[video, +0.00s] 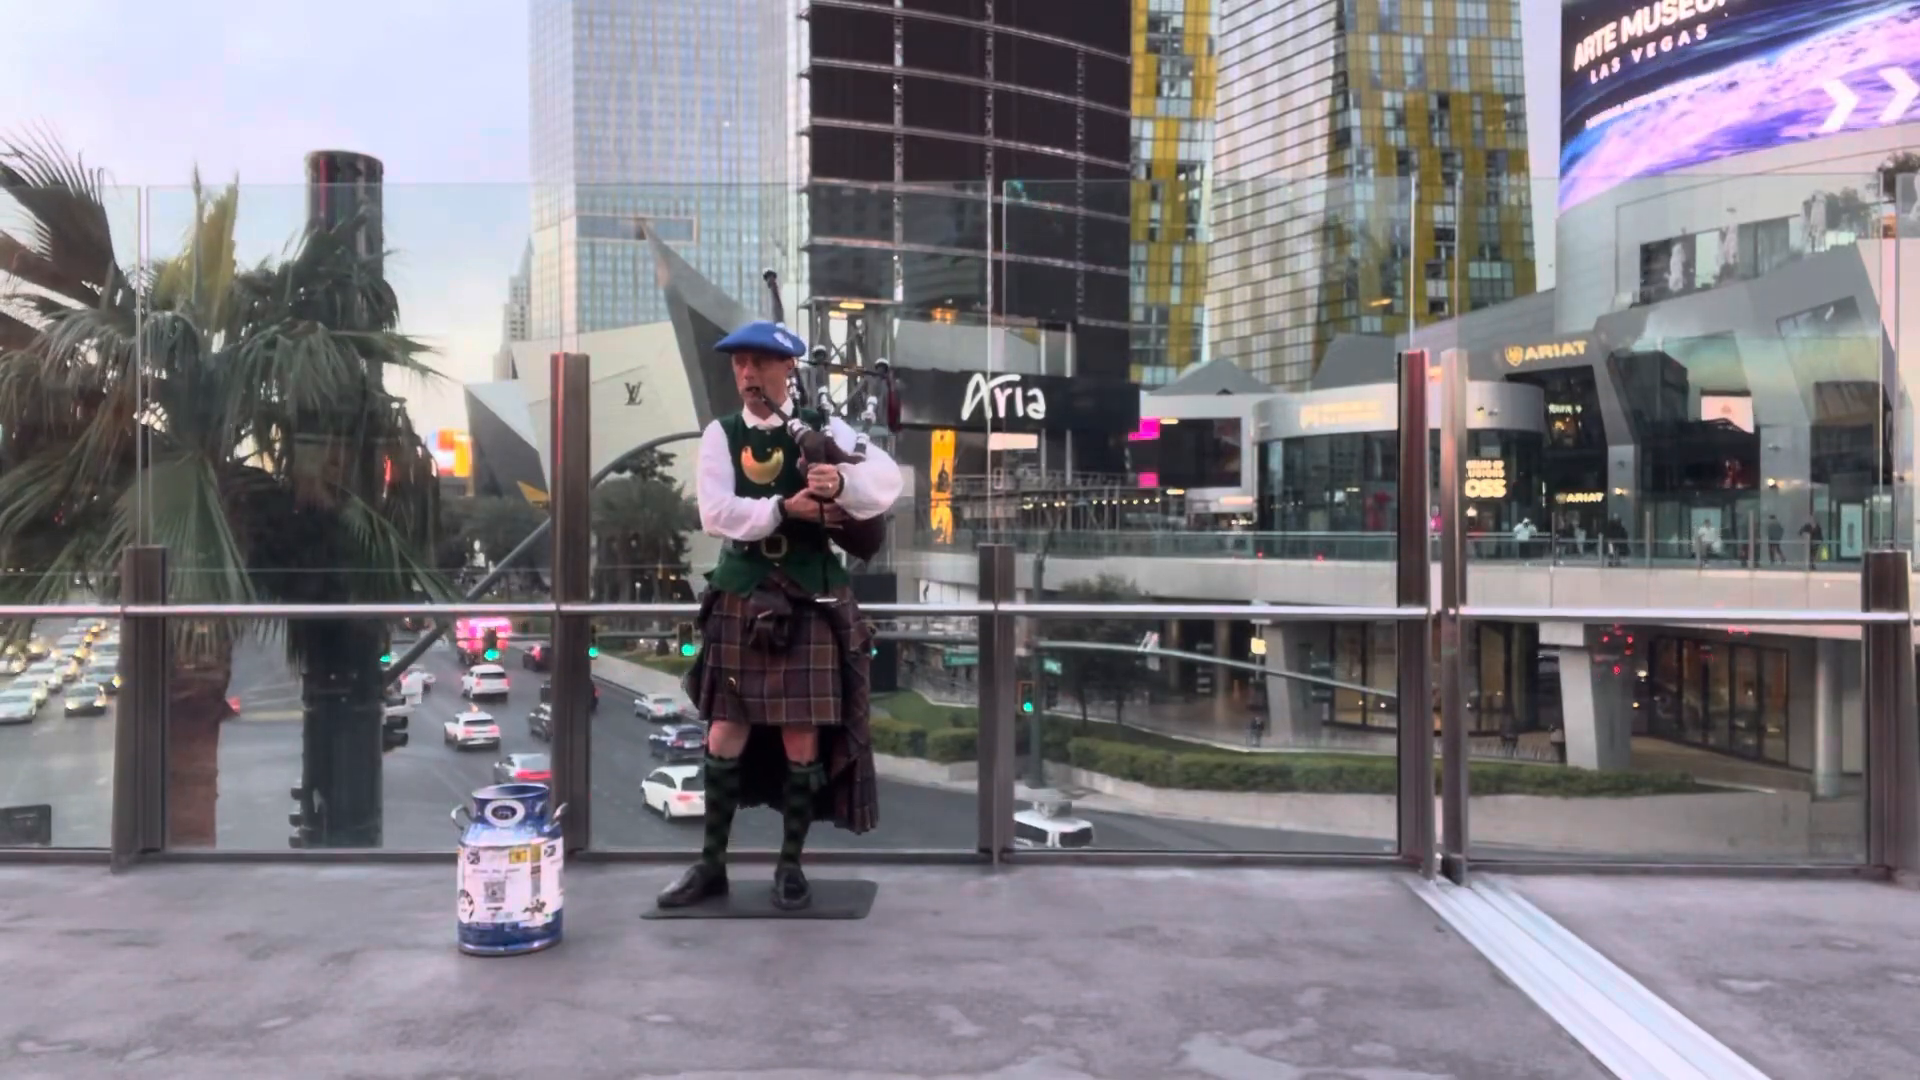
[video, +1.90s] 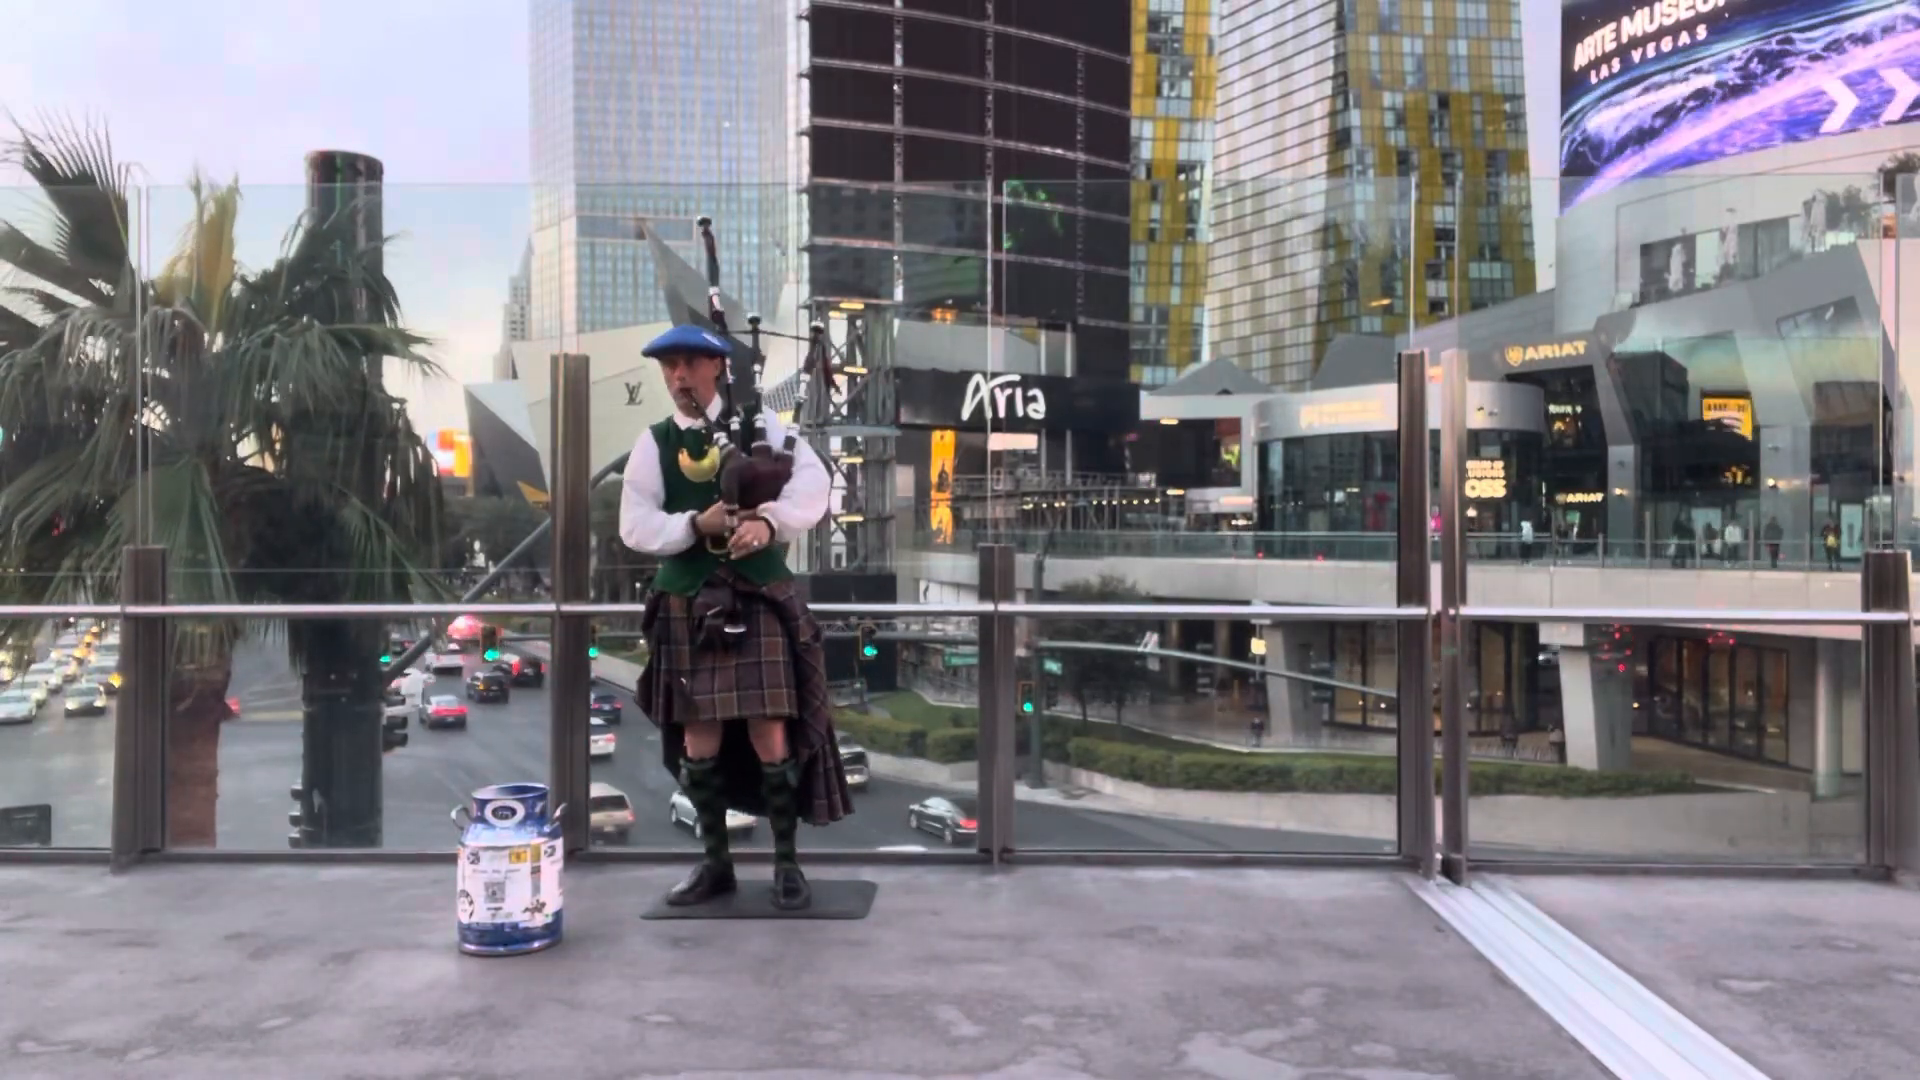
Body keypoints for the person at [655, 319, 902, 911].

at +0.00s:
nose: (746, 372)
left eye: (759, 361)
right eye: (740, 362)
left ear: (789, 367)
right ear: (732, 370)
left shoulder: (824, 429)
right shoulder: (721, 433)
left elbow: (890, 480)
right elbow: (715, 511)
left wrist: (842, 482)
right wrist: (784, 509)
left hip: (810, 595)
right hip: (741, 593)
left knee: (800, 731)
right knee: (725, 730)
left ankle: (790, 864)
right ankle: (712, 865)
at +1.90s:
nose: (678, 374)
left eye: (690, 362)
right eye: (669, 363)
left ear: (717, 366)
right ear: (662, 371)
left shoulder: (763, 428)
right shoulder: (654, 443)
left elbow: (816, 484)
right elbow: (634, 527)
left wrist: (770, 520)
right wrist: (695, 524)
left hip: (760, 592)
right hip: (687, 597)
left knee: (769, 729)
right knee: (699, 732)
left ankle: (786, 864)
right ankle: (715, 864)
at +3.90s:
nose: (739, 374)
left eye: (752, 362)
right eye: (730, 363)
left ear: (776, 371)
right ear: (716, 371)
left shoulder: (808, 429)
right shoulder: (702, 443)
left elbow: (856, 484)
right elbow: (682, 531)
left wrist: (809, 527)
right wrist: (724, 566)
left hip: (796, 596)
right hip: (722, 596)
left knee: (787, 729)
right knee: (704, 732)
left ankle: (781, 863)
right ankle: (721, 860)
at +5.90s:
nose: (747, 373)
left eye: (759, 362)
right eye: (738, 362)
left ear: (783, 371)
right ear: (726, 371)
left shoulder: (818, 427)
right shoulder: (711, 445)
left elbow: (859, 487)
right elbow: (691, 531)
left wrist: (809, 531)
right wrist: (726, 567)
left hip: (801, 595)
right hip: (729, 594)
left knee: (789, 728)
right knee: (713, 730)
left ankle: (781, 864)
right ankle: (725, 862)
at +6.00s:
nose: (747, 374)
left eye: (760, 363)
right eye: (739, 362)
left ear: (784, 371)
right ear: (727, 371)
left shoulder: (819, 428)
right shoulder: (712, 445)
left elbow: (861, 487)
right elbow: (691, 530)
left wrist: (811, 532)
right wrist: (727, 567)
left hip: (802, 596)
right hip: (730, 594)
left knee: (789, 728)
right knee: (713, 730)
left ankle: (781, 863)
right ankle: (725, 862)